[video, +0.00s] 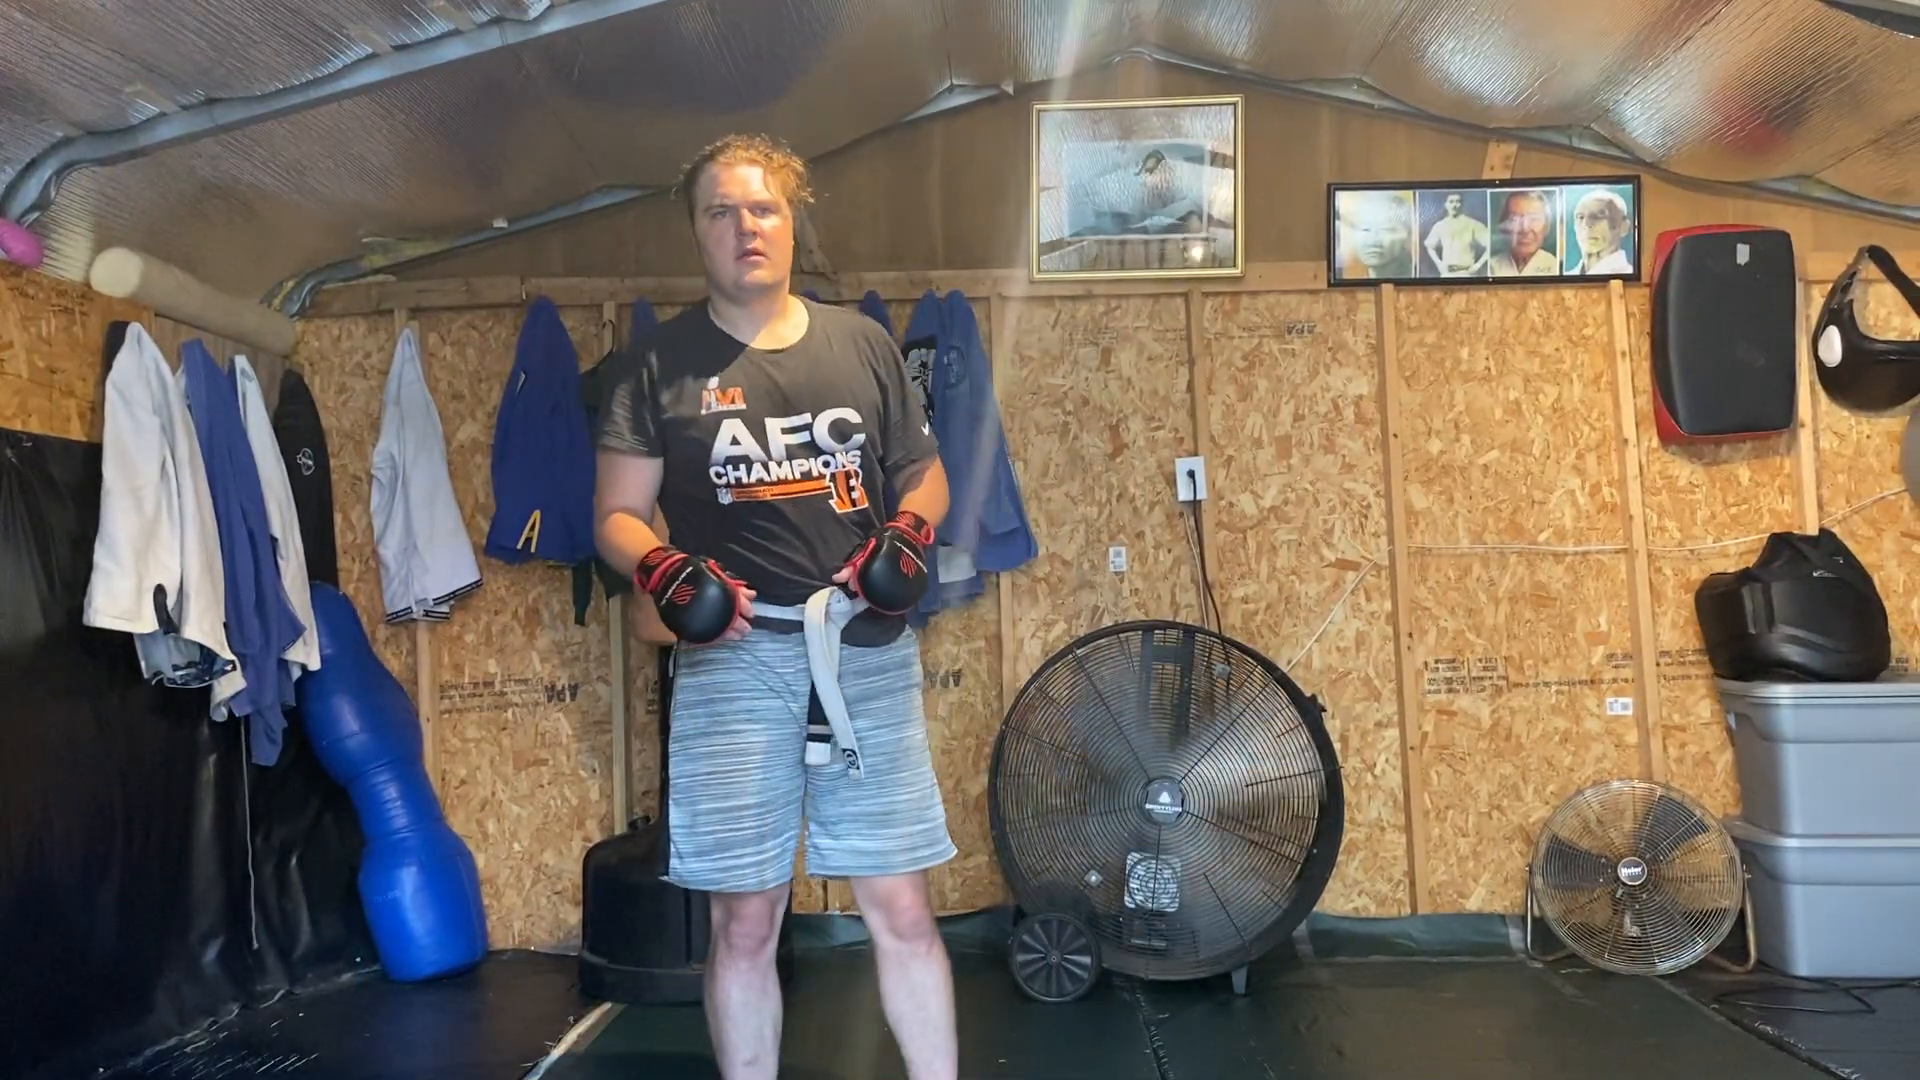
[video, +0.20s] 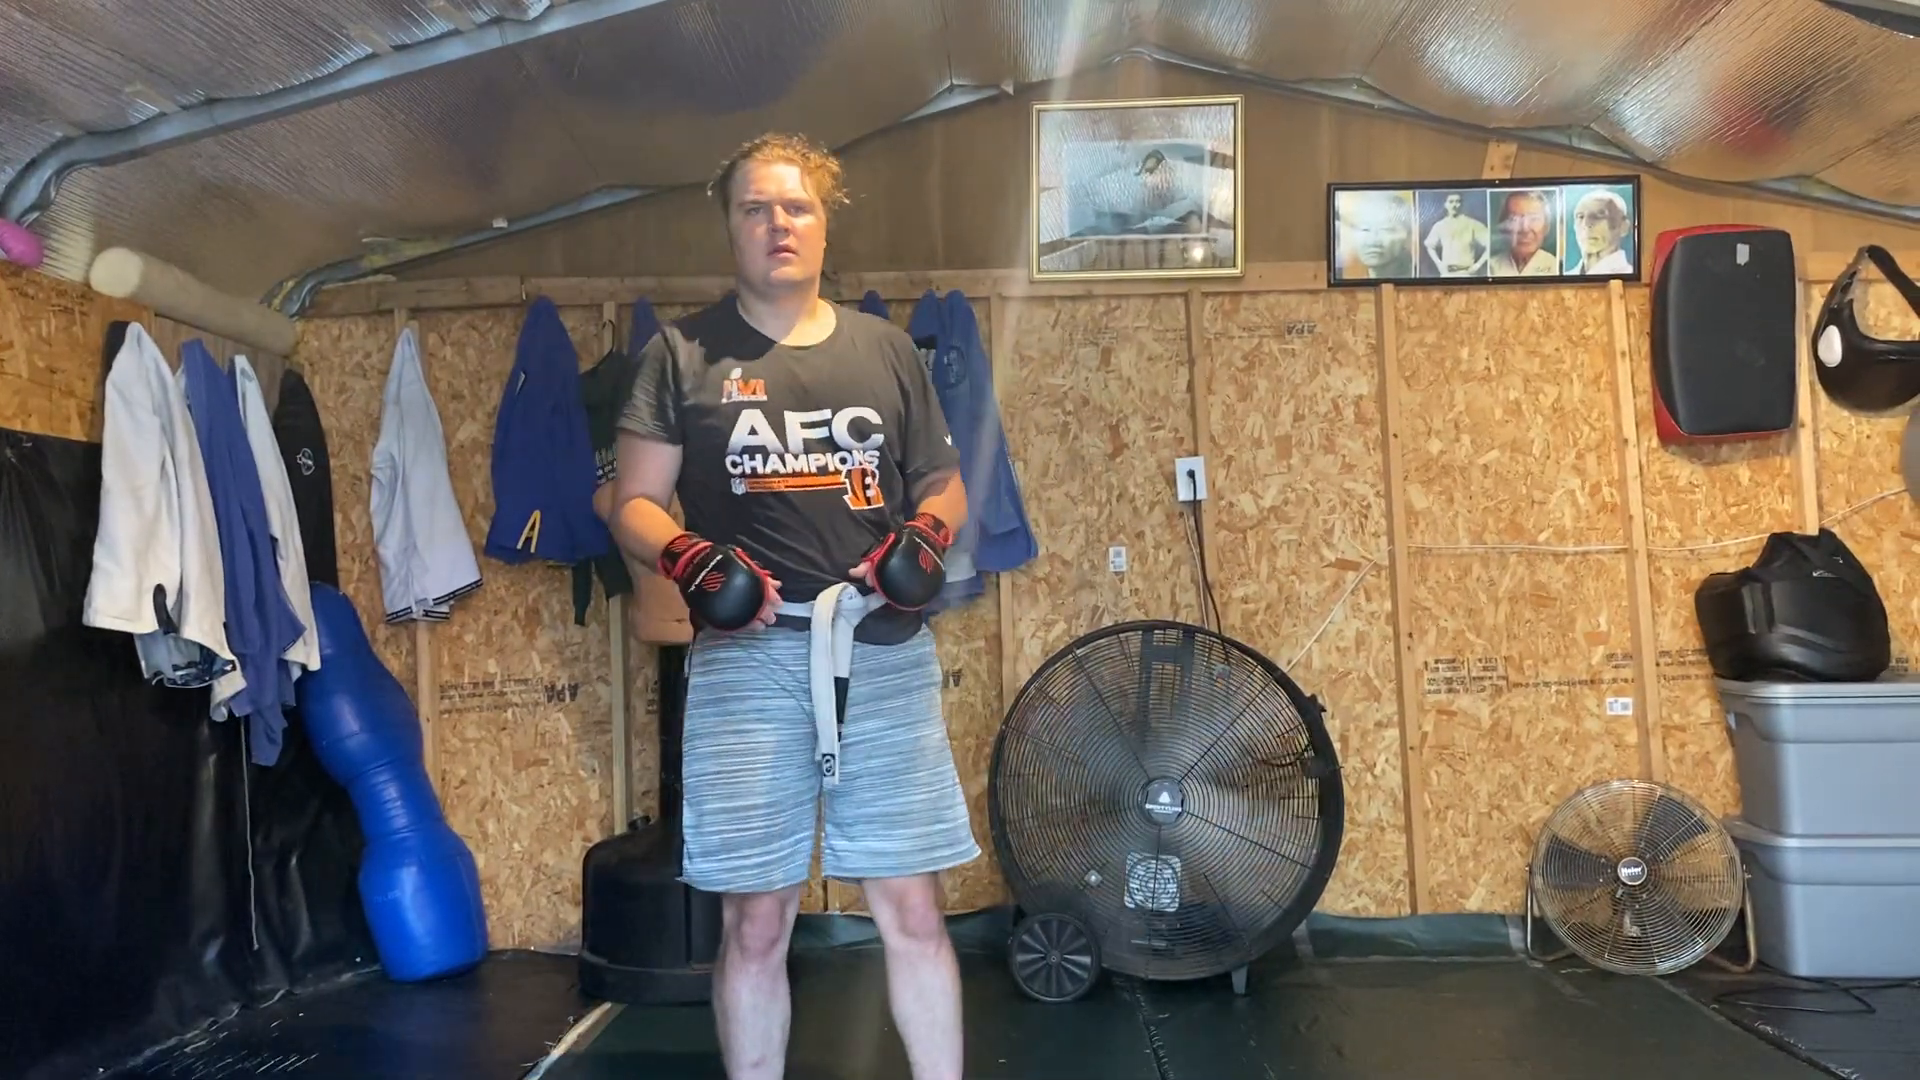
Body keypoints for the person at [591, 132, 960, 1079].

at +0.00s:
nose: (748, 227)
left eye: (765, 210)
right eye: (725, 213)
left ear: (795, 227)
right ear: (698, 235)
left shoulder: (866, 344)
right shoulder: (654, 365)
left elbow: (922, 472)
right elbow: (619, 517)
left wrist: (906, 541)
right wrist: (667, 572)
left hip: (867, 650)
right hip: (733, 658)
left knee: (903, 908)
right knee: (746, 922)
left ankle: (938, 1077)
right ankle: (751, 1079)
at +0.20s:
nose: (779, 225)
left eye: (798, 209)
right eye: (758, 211)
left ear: (826, 230)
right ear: (729, 233)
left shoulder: (889, 351)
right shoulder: (678, 356)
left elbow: (940, 482)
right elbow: (634, 503)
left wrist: (924, 542)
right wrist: (692, 558)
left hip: (884, 653)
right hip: (749, 659)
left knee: (914, 910)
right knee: (757, 924)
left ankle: (942, 1079)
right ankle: (755, 1079)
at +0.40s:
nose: (815, 225)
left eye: (832, 209)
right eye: (793, 210)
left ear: (859, 230)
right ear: (766, 233)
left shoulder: (918, 357)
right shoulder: (713, 350)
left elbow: (964, 488)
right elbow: (660, 497)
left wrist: (947, 544)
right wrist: (712, 553)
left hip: (903, 655)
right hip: (769, 657)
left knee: (923, 913)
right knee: (772, 926)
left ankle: (945, 1077)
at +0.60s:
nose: (846, 225)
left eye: (864, 210)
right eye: (825, 210)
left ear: (891, 230)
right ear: (796, 232)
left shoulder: (949, 360)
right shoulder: (741, 348)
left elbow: (993, 493)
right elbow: (688, 492)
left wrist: (974, 544)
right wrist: (735, 551)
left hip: (926, 652)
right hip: (791, 654)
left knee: (934, 911)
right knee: (785, 925)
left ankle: (949, 1077)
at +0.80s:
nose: (873, 226)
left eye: (891, 212)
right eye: (853, 210)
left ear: (919, 234)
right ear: (824, 232)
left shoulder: (969, 358)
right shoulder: (766, 346)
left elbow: (1014, 492)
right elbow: (708, 490)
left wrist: (1001, 548)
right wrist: (758, 556)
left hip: (941, 655)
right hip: (806, 656)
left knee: (944, 913)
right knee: (793, 929)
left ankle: (953, 1079)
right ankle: (771, 1079)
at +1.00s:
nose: (888, 230)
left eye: (907, 214)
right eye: (869, 212)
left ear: (936, 234)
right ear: (840, 230)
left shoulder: (984, 363)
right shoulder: (778, 344)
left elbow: (1024, 498)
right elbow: (721, 484)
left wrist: (1011, 556)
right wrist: (762, 554)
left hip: (943, 656)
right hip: (807, 648)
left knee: (945, 913)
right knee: (786, 915)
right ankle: (751, 1076)